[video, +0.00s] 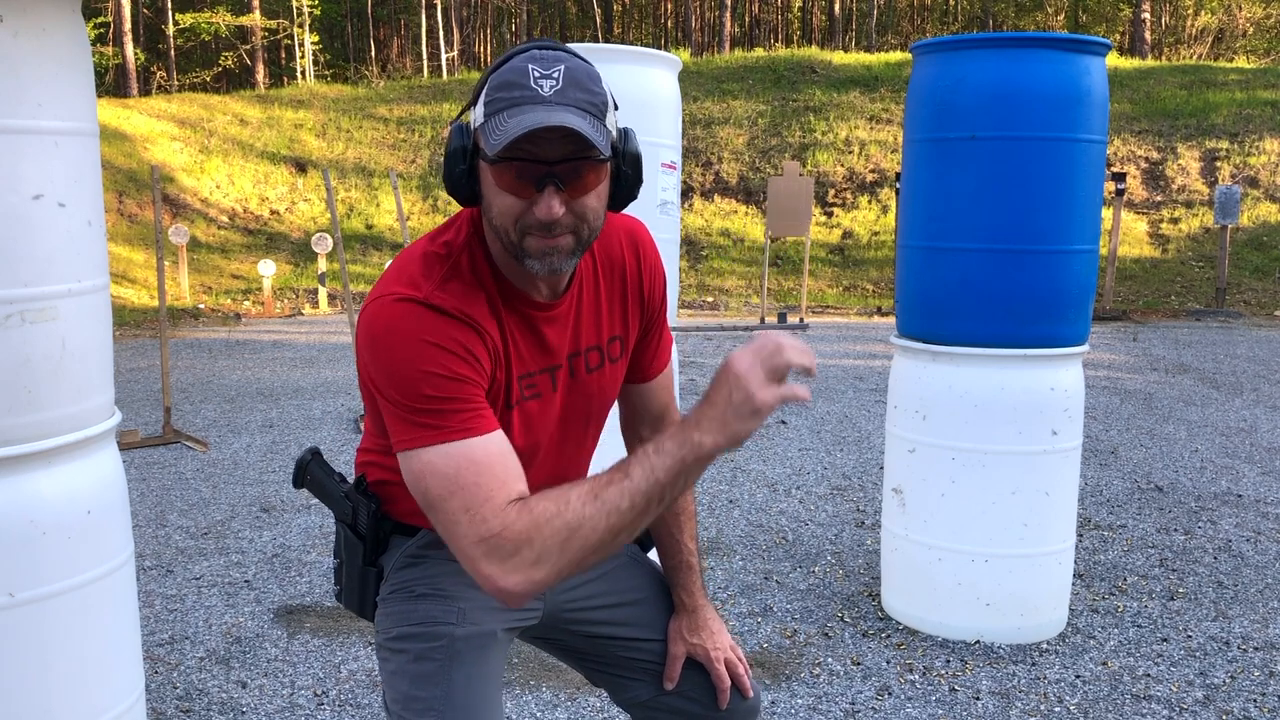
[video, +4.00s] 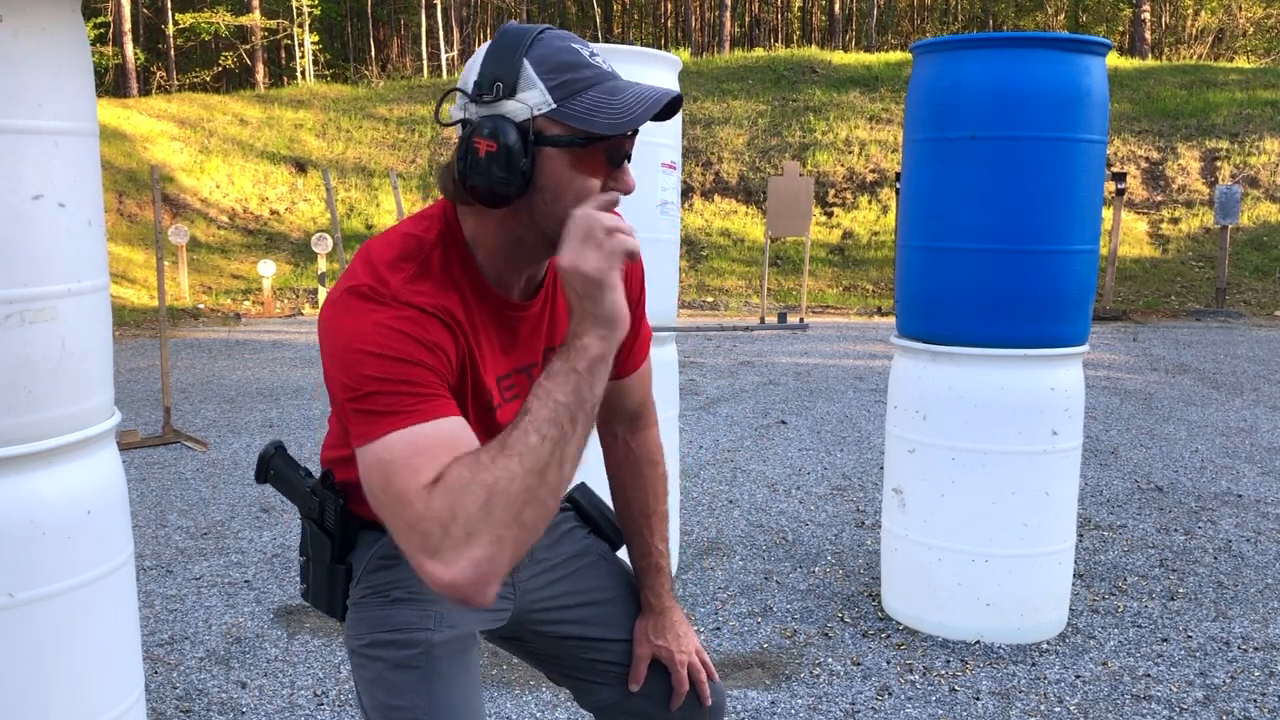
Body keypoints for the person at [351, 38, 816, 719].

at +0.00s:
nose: (550, 204)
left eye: (577, 172)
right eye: (523, 171)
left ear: (613, 170)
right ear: (474, 166)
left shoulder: (628, 253)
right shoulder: (415, 313)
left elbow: (655, 432)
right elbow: (510, 558)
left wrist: (690, 599)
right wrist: (703, 430)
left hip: (567, 536)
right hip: (433, 551)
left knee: (721, 701)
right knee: (456, 705)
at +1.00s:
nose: (579, 189)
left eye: (598, 156)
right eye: (547, 157)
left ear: (624, 158)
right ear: (487, 155)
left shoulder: (639, 256)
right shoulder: (405, 298)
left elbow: (657, 431)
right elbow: (402, 566)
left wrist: (679, 600)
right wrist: (597, 470)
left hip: (572, 541)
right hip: (430, 566)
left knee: (707, 702)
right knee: (436, 707)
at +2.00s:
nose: (568, 199)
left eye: (591, 165)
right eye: (537, 167)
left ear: (623, 162)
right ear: (482, 158)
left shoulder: (643, 257)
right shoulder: (398, 288)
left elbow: (662, 431)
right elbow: (391, 551)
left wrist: (675, 609)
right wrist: (574, 438)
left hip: (558, 532)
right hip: (421, 562)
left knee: (690, 702)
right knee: (431, 707)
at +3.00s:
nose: (613, 182)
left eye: (640, 153)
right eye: (593, 142)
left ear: (660, 163)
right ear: (521, 127)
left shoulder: (651, 253)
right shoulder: (411, 250)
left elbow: (664, 429)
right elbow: (334, 480)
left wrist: (673, 611)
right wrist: (548, 395)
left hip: (558, 527)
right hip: (419, 533)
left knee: (682, 701)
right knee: (425, 707)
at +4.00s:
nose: (626, 180)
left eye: (624, 151)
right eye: (596, 150)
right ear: (497, 157)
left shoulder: (604, 262)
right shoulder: (378, 303)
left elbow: (630, 425)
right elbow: (458, 555)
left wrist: (658, 597)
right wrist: (590, 337)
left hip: (536, 526)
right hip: (401, 551)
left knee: (687, 699)